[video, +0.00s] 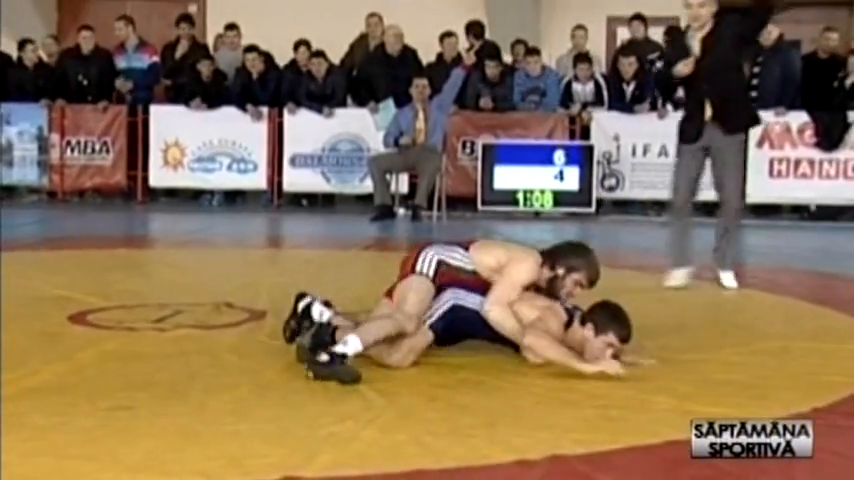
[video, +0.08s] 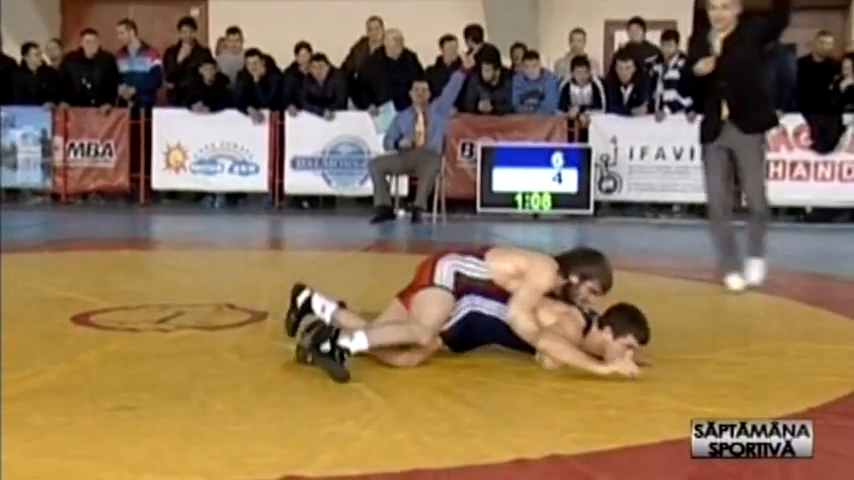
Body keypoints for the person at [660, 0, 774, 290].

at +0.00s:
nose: (694, 13)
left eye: (700, 6)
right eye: (689, 7)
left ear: (713, 7)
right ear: (685, 10)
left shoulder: (732, 28)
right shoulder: (677, 38)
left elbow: (764, 9)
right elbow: (663, 86)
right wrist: (674, 73)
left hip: (730, 125)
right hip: (693, 124)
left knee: (732, 202)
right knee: (681, 199)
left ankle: (725, 264)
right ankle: (680, 264)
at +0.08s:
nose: (720, 15)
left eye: (726, 8)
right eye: (714, 9)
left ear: (738, 10)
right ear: (706, 12)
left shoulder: (753, 32)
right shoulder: (700, 40)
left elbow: (779, 17)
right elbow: (686, 89)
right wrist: (695, 72)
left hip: (748, 126)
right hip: (713, 126)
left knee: (755, 197)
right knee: (718, 203)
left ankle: (756, 256)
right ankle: (730, 268)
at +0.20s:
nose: (754, 33)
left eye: (760, 27)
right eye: (749, 28)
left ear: (772, 30)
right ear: (743, 32)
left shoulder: (784, 54)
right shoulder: (734, 60)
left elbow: (807, 46)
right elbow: (714, 106)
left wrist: (806, 15)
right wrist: (724, 88)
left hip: (780, 148)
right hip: (745, 149)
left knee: (805, 212)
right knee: (748, 218)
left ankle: (834, 267)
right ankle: (750, 276)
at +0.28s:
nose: (776, 43)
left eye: (782, 37)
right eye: (771, 37)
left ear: (795, 40)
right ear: (763, 42)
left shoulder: (806, 67)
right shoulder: (756, 69)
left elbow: (831, 57)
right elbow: (731, 113)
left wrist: (824, 22)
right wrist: (745, 100)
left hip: (804, 157)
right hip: (768, 158)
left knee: (839, 220)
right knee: (753, 222)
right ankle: (745, 279)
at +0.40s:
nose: (803, 44)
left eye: (810, 37)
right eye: (799, 38)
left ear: (826, 41)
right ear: (795, 41)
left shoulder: (843, 66)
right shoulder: (789, 75)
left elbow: (845, 108)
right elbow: (778, 123)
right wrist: (783, 107)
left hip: (844, 159)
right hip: (808, 161)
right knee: (782, 222)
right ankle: (750, 275)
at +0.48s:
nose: (823, 36)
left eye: (829, 29)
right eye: (818, 31)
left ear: (843, 32)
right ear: (813, 34)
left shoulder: (851, 61)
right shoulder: (813, 68)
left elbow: (848, 103)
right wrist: (803, 99)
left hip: (850, 151)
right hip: (825, 151)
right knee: (808, 215)